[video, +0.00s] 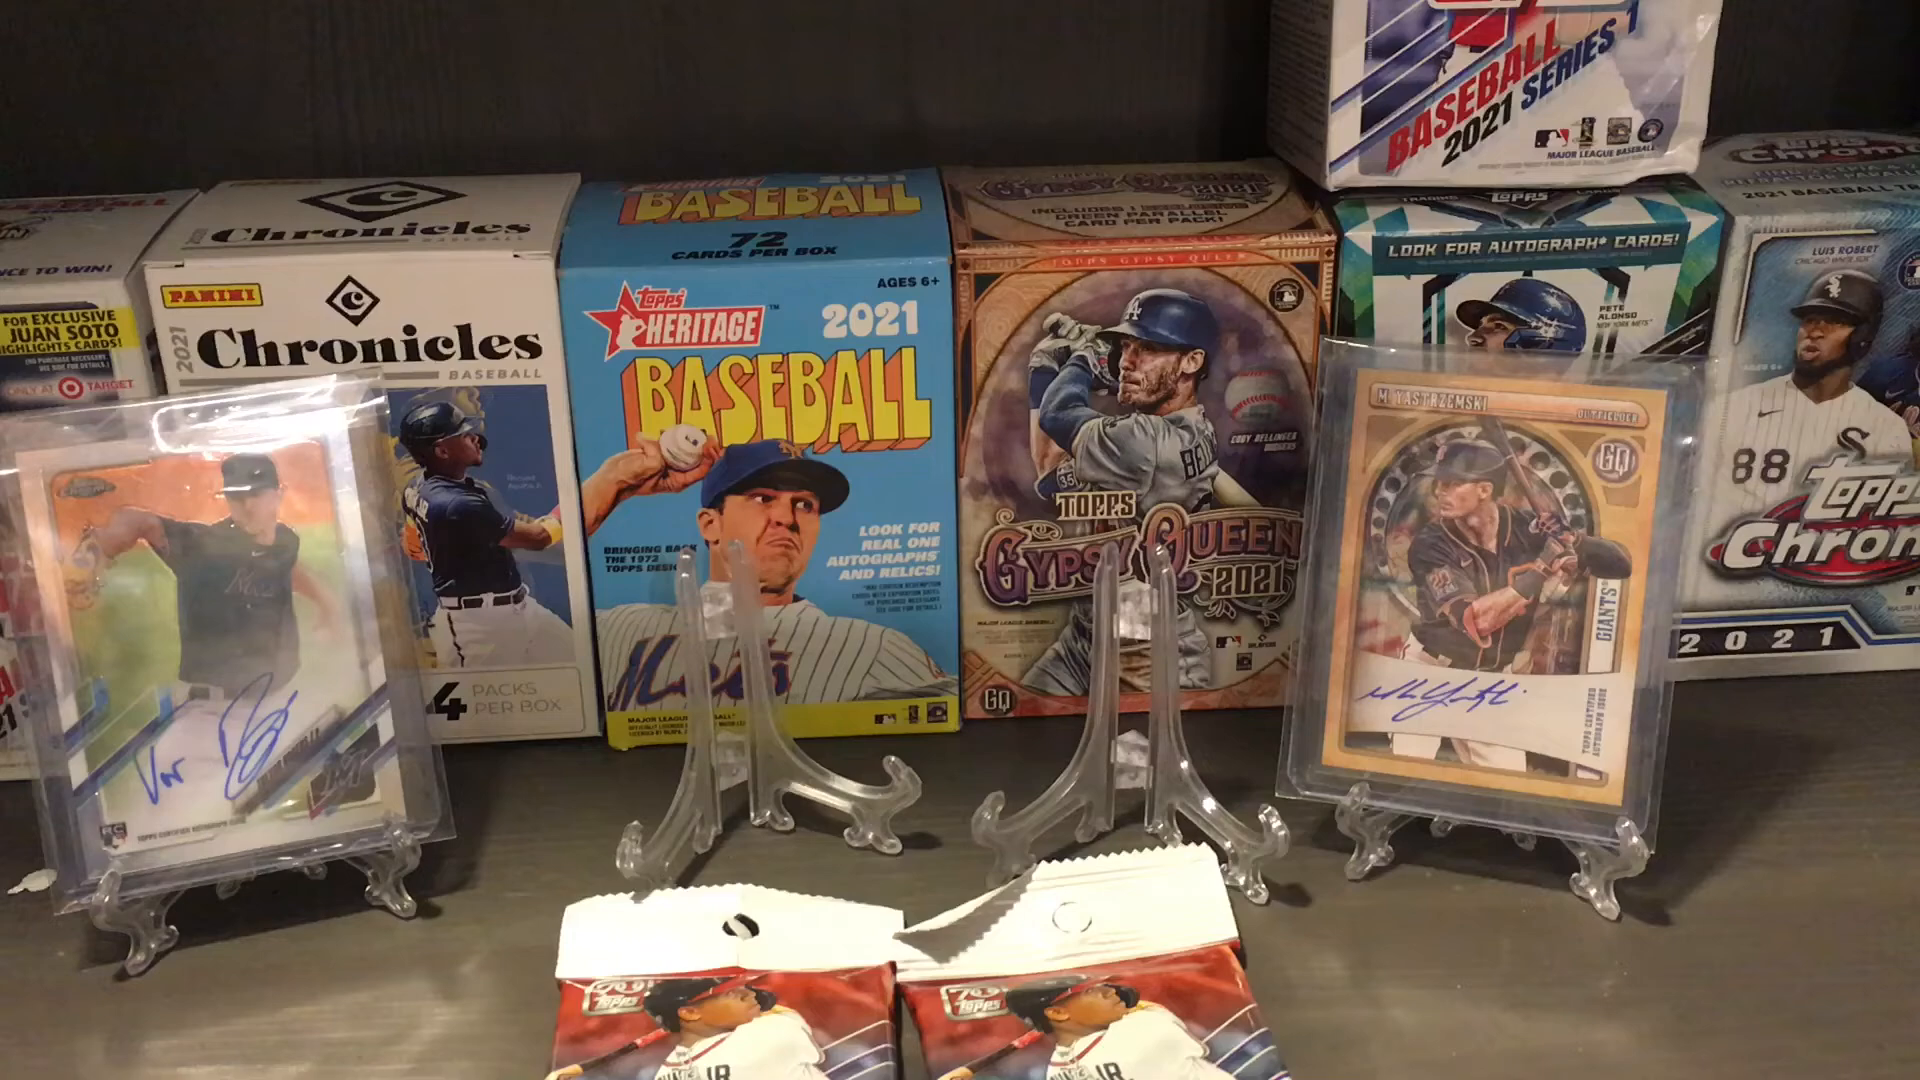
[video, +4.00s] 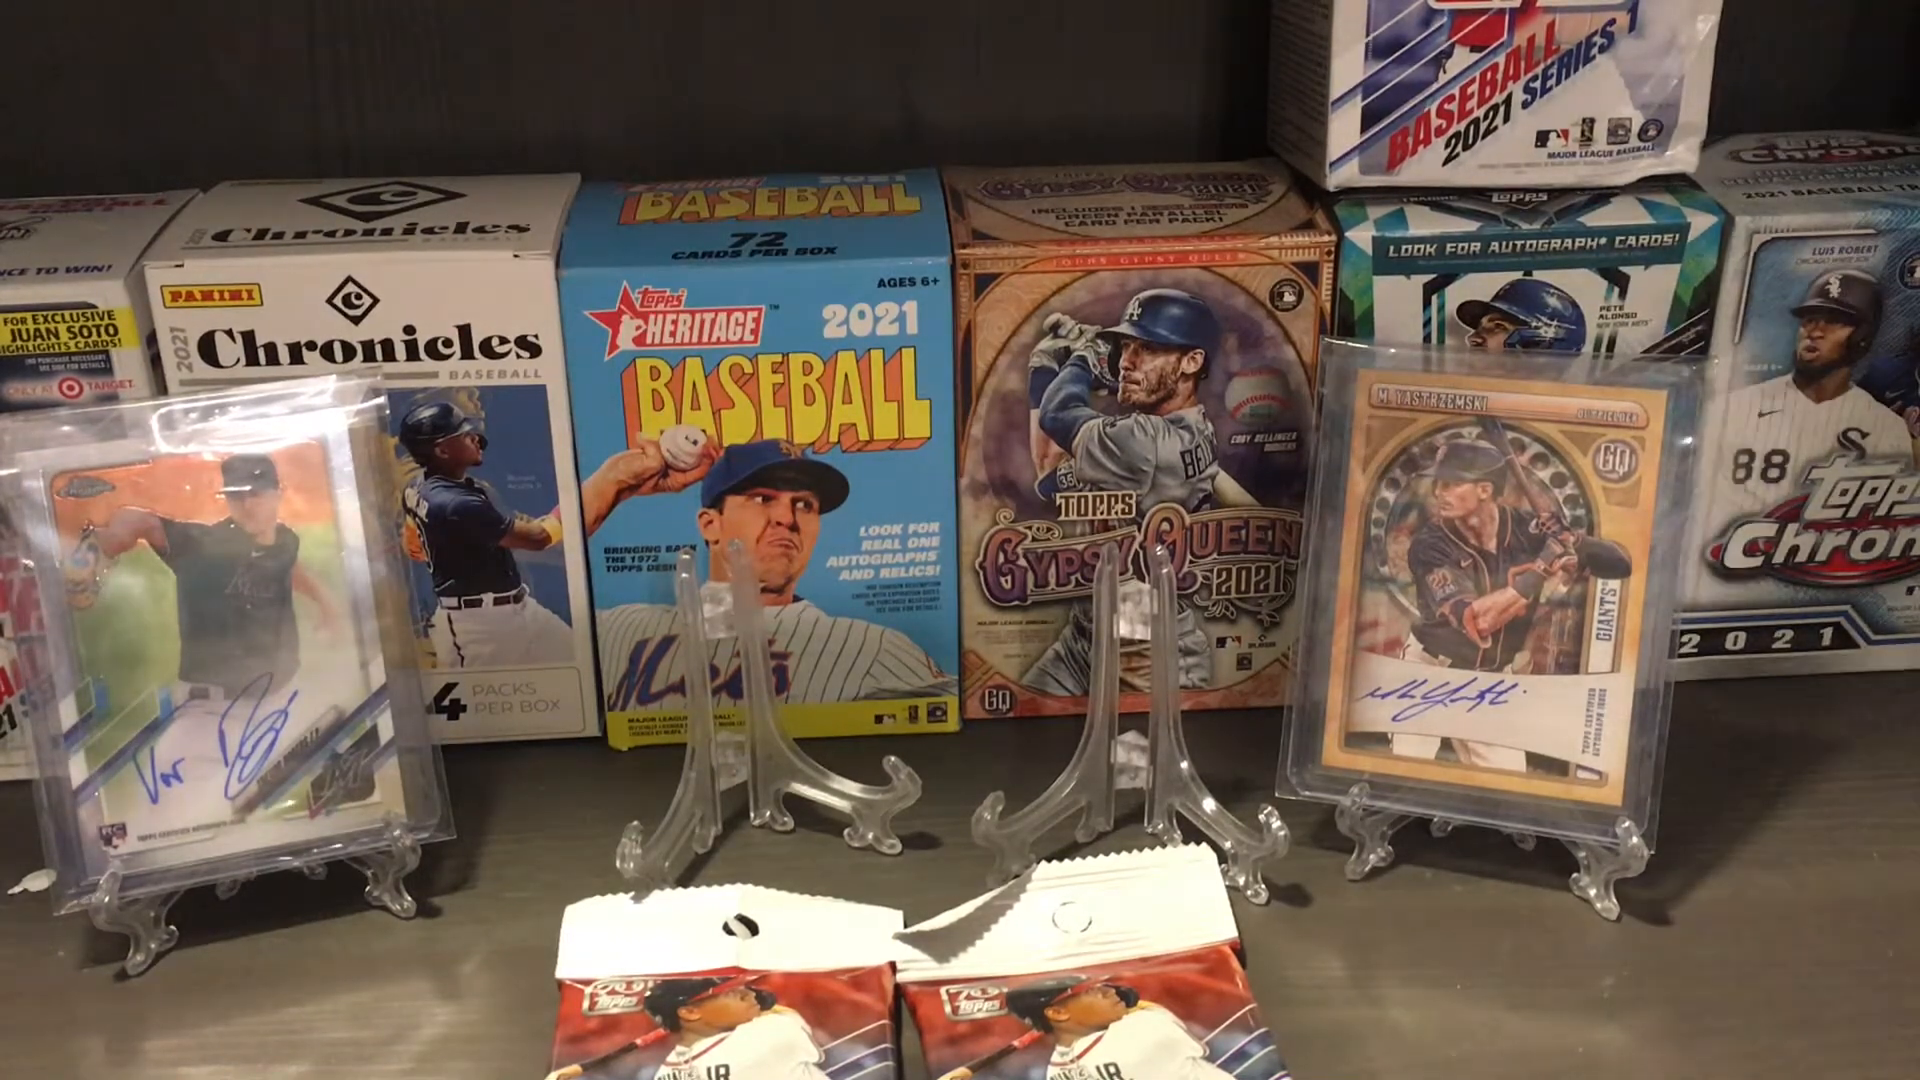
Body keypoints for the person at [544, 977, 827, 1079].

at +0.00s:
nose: (745, 993)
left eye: (735, 986)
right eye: (727, 993)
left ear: (690, 1015)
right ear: (691, 1014)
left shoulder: (665, 1073)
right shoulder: (777, 1035)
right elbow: (781, 1009)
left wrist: (579, 1072)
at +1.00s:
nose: (745, 993)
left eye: (736, 986)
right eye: (727, 993)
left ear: (689, 1014)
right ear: (691, 1014)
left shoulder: (665, 1073)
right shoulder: (777, 1035)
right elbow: (781, 1009)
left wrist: (578, 1072)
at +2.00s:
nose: (744, 993)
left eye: (733, 987)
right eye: (726, 993)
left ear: (690, 1015)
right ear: (692, 1014)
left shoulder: (666, 1071)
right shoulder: (778, 1034)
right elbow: (778, 1007)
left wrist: (577, 1072)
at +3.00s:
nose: (743, 993)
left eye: (733, 987)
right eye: (725, 993)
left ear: (690, 1015)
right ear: (691, 1014)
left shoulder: (667, 1071)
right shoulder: (778, 1034)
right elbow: (780, 1008)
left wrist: (577, 1071)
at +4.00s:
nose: (743, 993)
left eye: (733, 987)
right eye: (725, 993)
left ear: (690, 1015)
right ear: (692, 1014)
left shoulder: (666, 1071)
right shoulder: (778, 1034)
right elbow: (781, 1009)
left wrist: (576, 1072)